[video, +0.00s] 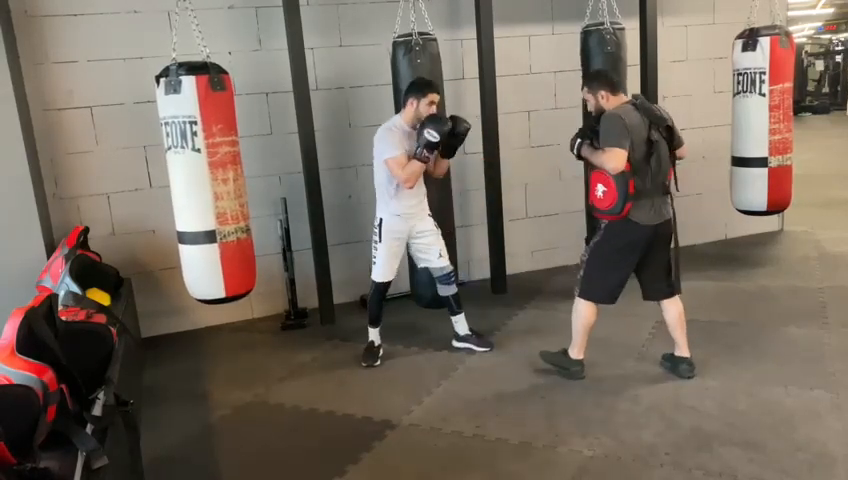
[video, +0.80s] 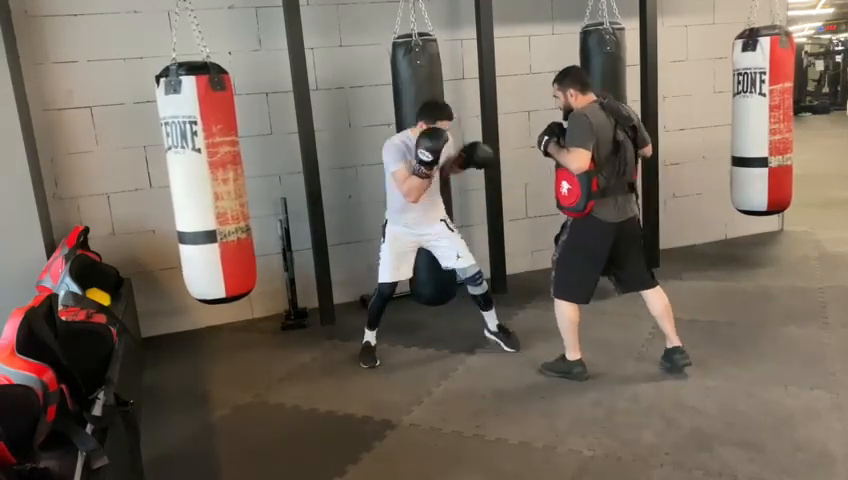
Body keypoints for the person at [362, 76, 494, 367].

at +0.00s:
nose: (434, 110)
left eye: (436, 106)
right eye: (431, 104)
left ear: (423, 105)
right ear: (412, 102)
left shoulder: (423, 131)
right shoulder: (387, 134)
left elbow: (437, 171)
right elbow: (406, 179)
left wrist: (449, 146)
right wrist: (428, 145)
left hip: (421, 217)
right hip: (391, 220)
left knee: (445, 273)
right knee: (381, 282)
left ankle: (462, 334)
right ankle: (373, 342)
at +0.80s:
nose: (444, 134)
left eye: (446, 130)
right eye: (439, 129)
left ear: (445, 130)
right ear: (422, 125)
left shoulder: (443, 140)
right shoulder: (395, 146)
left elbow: (445, 169)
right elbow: (411, 194)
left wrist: (463, 160)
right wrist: (426, 162)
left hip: (436, 223)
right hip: (401, 227)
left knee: (473, 274)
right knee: (387, 287)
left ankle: (494, 328)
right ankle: (368, 341)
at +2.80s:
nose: (440, 121)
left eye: (443, 116)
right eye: (438, 114)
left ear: (422, 112)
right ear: (419, 110)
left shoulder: (424, 140)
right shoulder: (387, 143)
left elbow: (442, 180)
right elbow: (411, 190)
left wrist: (453, 152)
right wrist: (438, 156)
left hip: (427, 230)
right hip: (395, 234)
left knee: (461, 284)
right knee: (388, 303)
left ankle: (474, 346)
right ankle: (370, 372)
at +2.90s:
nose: (439, 116)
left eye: (442, 111)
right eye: (437, 110)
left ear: (421, 107)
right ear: (417, 105)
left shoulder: (422, 135)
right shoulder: (387, 137)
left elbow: (439, 176)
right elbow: (408, 185)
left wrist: (450, 145)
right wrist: (434, 151)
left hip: (427, 227)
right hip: (396, 231)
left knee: (460, 283)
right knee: (387, 302)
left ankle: (474, 344)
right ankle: (371, 371)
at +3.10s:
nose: (429, 135)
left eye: (430, 126)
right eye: (425, 125)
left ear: (399, 124)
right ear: (400, 123)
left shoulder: (390, 160)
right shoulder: (358, 166)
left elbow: (395, 220)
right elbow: (388, 237)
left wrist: (423, 186)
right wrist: (425, 199)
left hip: (393, 282)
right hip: (358, 290)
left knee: (435, 352)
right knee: (361, 393)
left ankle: (456, 434)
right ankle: (327, 473)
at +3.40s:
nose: (439, 133)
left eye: (440, 124)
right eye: (436, 124)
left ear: (409, 122)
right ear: (412, 122)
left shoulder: (409, 160)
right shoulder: (369, 164)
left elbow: (414, 216)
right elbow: (415, 229)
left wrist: (445, 176)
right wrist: (444, 183)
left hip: (409, 280)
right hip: (371, 292)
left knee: (467, 335)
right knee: (368, 393)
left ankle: (471, 410)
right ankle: (329, 472)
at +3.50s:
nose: (456, 140)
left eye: (458, 131)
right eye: (453, 131)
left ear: (428, 129)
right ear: (429, 128)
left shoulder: (428, 164)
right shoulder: (379, 167)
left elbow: (453, 176)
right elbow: (400, 239)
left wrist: (489, 157)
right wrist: (440, 200)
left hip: (423, 284)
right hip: (380, 293)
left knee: (476, 344)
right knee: (372, 393)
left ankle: (491, 405)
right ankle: (330, 471)